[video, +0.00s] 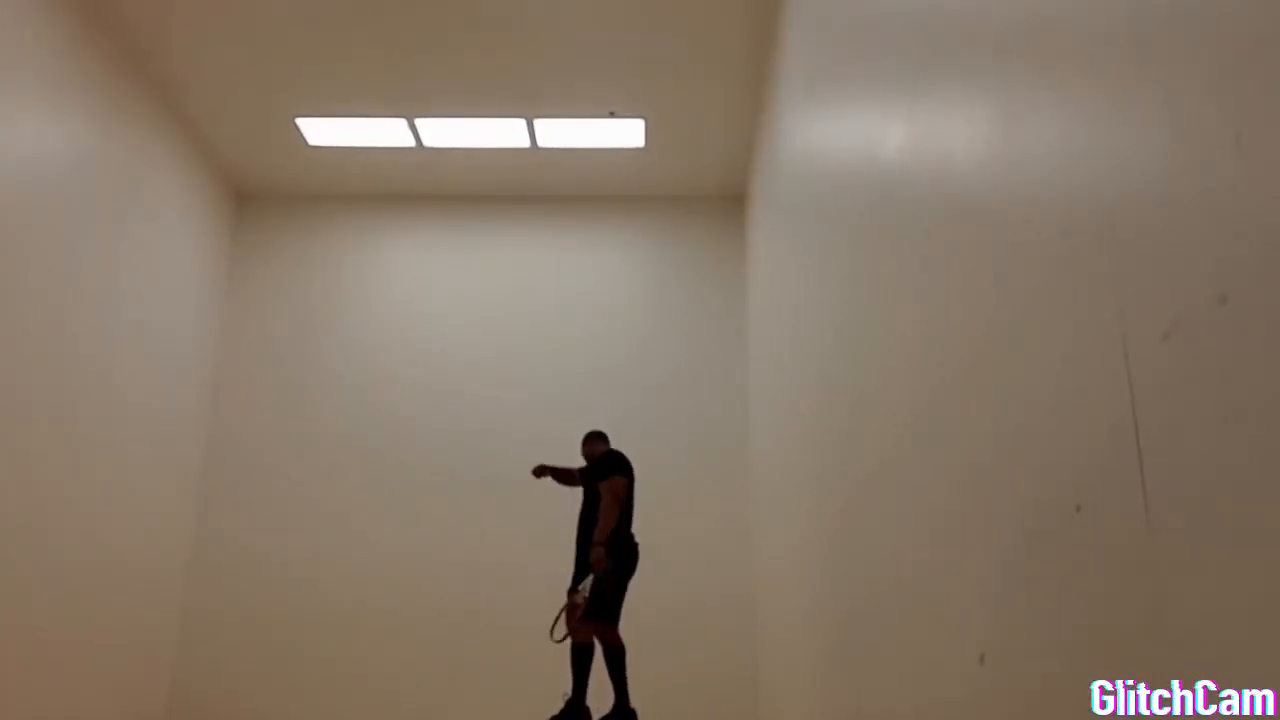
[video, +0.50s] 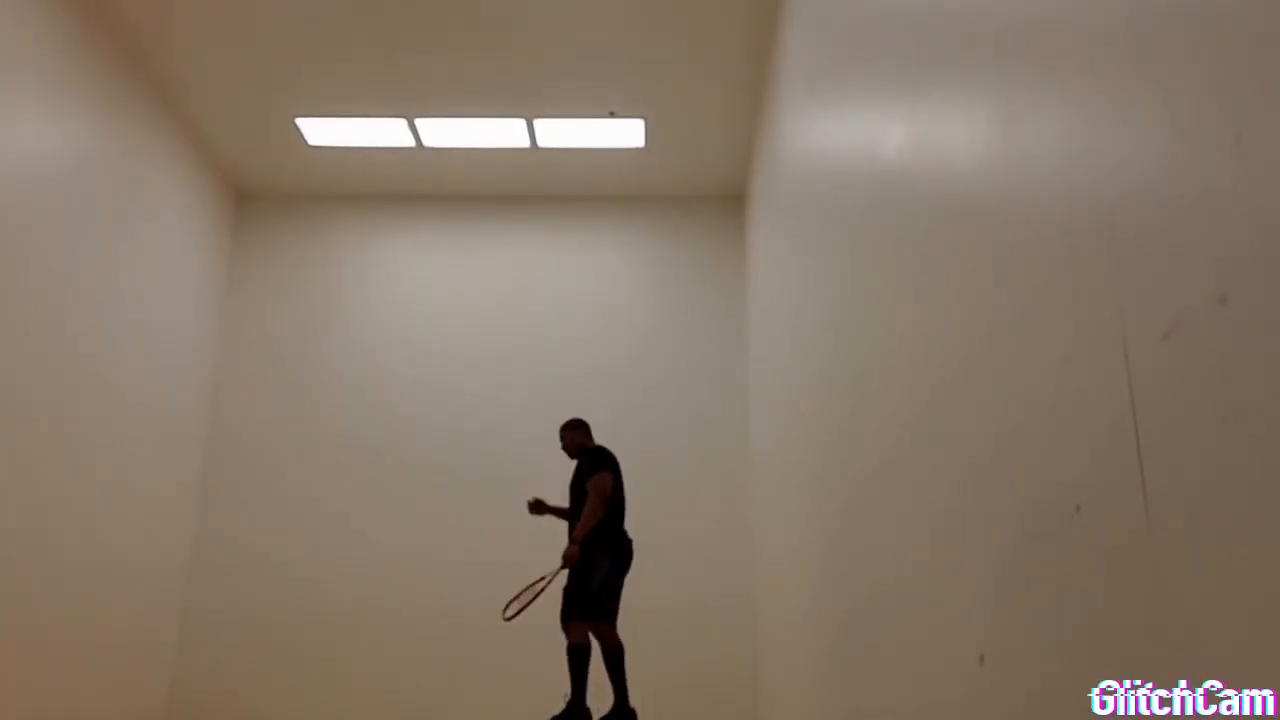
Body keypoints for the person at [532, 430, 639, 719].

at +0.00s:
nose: (585, 456)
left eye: (586, 451)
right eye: (585, 452)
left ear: (593, 446)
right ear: (604, 444)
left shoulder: (612, 462)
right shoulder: (600, 468)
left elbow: (611, 504)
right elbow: (576, 477)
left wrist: (599, 544)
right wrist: (550, 471)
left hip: (609, 556)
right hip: (613, 556)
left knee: (580, 624)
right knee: (606, 628)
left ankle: (577, 704)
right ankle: (622, 705)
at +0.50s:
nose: (564, 446)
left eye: (566, 440)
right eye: (562, 441)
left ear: (581, 436)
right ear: (581, 436)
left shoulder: (596, 458)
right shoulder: (585, 467)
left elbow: (599, 502)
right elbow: (582, 514)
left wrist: (576, 542)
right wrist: (549, 510)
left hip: (602, 551)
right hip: (596, 552)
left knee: (576, 624)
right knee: (602, 625)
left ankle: (577, 705)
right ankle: (623, 705)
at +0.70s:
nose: (559, 436)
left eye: (563, 431)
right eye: (558, 432)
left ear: (578, 430)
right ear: (573, 432)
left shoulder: (589, 458)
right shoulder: (581, 460)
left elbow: (591, 502)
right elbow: (580, 509)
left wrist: (568, 539)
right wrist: (564, 545)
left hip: (592, 550)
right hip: (592, 550)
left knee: (568, 622)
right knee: (594, 624)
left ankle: (576, 705)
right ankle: (620, 703)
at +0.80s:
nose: (558, 432)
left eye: (564, 427)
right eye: (557, 427)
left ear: (579, 428)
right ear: (561, 430)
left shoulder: (587, 456)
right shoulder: (576, 459)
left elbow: (587, 502)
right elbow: (576, 507)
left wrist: (559, 538)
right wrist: (559, 545)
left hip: (587, 549)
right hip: (582, 549)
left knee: (571, 624)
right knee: (585, 624)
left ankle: (575, 705)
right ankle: (618, 702)